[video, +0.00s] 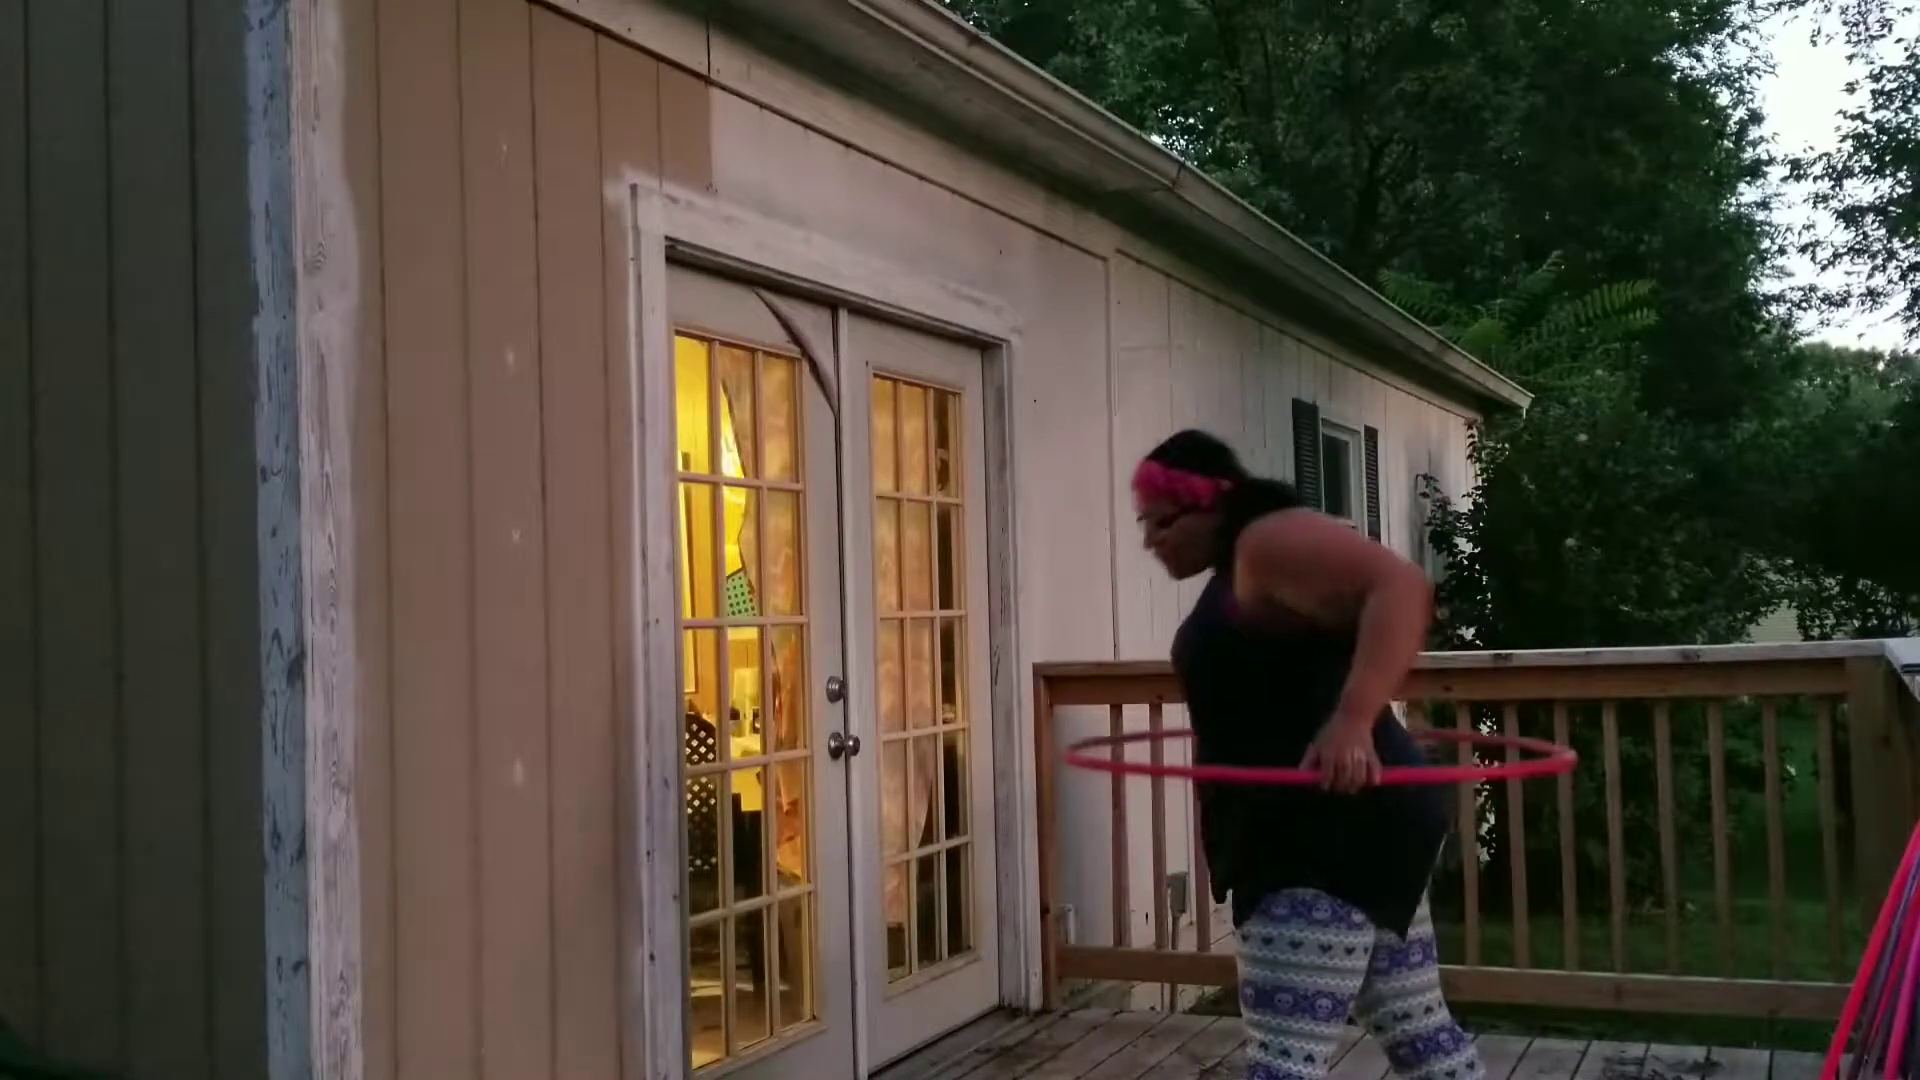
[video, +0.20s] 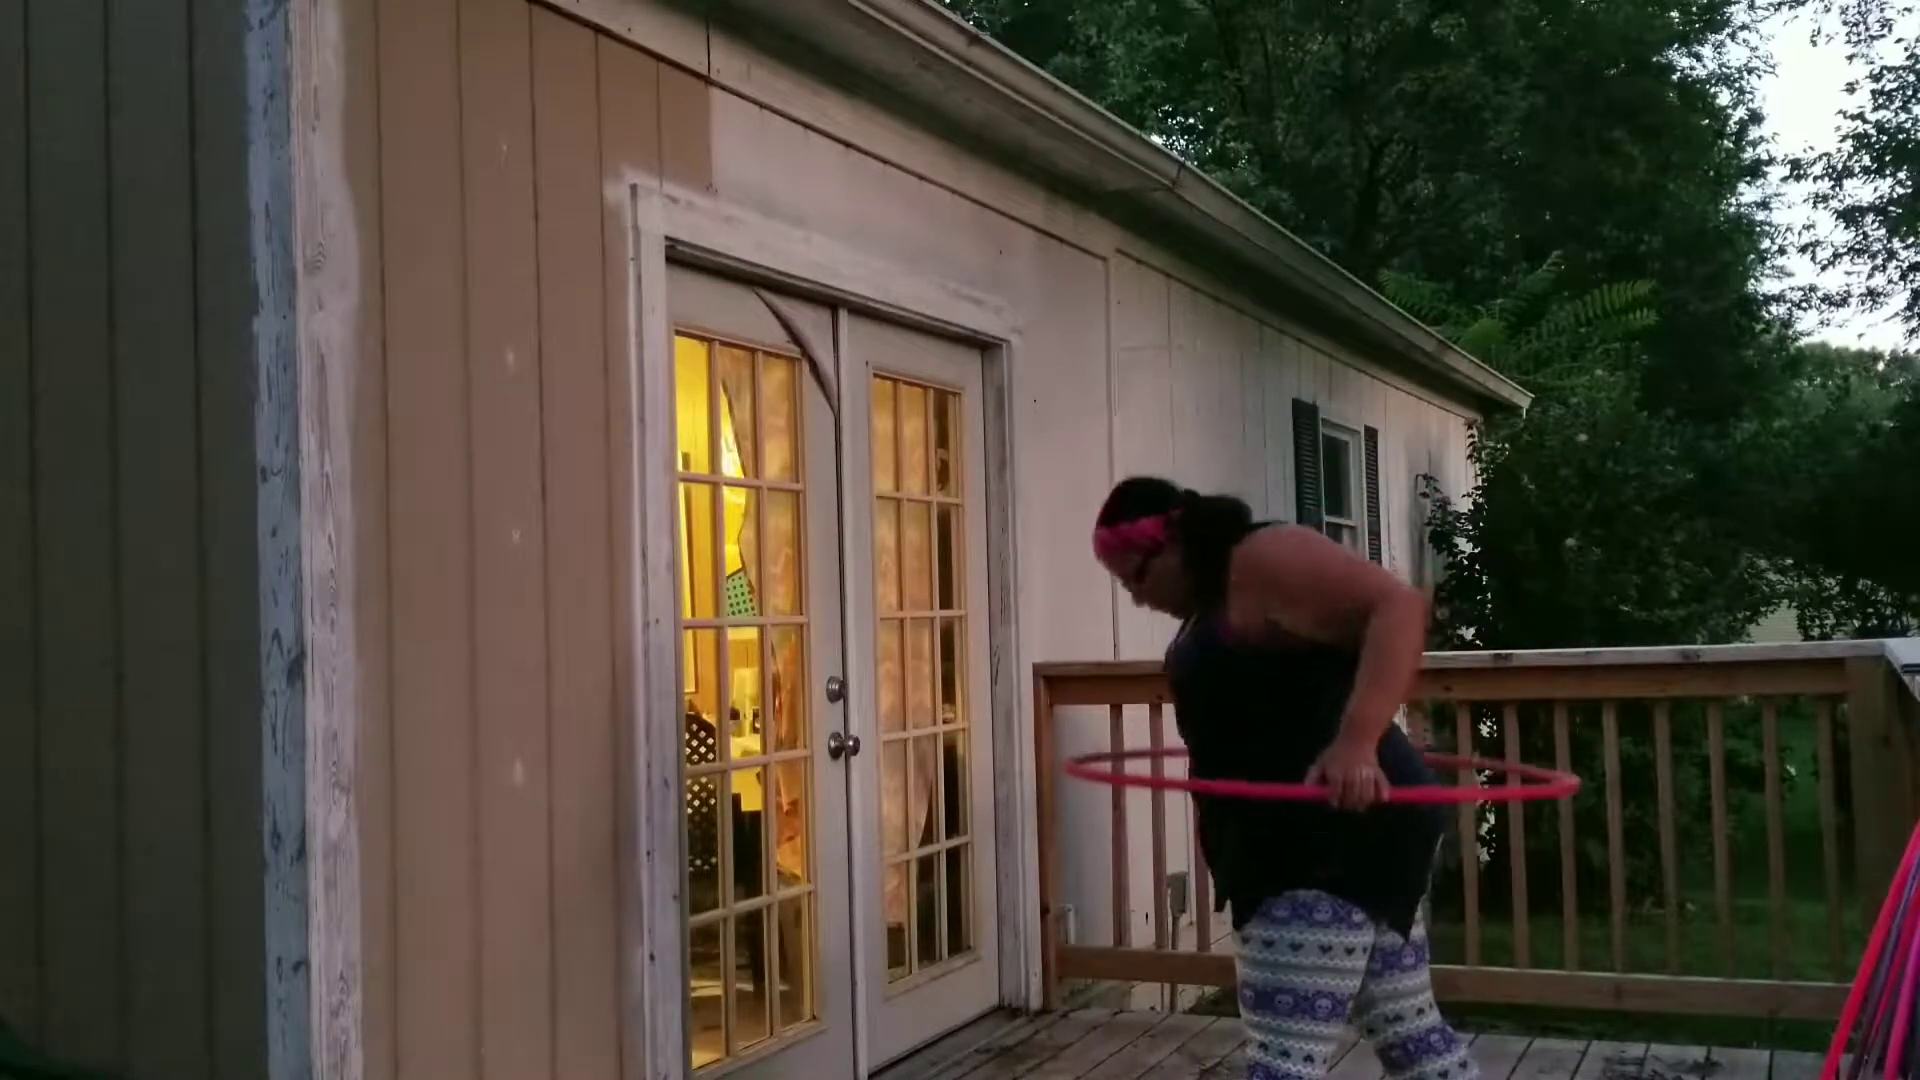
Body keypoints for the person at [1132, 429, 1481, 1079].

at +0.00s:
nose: (1149, 540)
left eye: (1158, 520)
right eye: (1145, 524)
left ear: (1208, 500)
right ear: (1206, 503)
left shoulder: (1268, 539)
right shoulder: (1239, 577)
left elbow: (1401, 585)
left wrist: (1354, 717)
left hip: (1318, 845)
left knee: (1281, 1061)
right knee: (1422, 1039)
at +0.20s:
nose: (1137, 597)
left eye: (1134, 577)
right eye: (1127, 584)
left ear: (1164, 543)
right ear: (1164, 545)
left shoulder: (1263, 557)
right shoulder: (1216, 614)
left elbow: (1400, 605)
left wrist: (1358, 739)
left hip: (1320, 852)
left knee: (1281, 1063)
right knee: (1418, 1045)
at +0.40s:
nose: (1160, 610)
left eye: (1157, 591)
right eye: (1150, 597)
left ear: (1183, 555)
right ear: (1184, 555)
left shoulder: (1281, 560)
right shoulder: (1232, 624)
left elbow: (1389, 657)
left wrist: (1362, 811)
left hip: (1330, 868)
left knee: (1284, 1063)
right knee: (1398, 1047)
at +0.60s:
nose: (1225, 592)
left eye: (1227, 571)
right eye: (1217, 578)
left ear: (1263, 538)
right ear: (1265, 542)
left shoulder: (1356, 565)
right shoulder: (1291, 605)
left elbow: (1375, 715)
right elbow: (1294, 746)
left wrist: (1380, 862)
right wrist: (1275, 878)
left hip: (1344, 883)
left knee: (1296, 1062)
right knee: (1388, 1051)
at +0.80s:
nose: (1285, 568)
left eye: (1294, 550)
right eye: (1279, 554)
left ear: (1341, 532)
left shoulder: (1406, 589)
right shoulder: (1350, 603)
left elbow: (1392, 743)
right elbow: (1328, 749)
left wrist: (1388, 885)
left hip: (1345, 892)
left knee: (1297, 1064)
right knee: (1377, 1057)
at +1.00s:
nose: (1299, 546)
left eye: (1310, 527)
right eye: (1294, 531)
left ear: (1365, 512)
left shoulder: (1421, 580)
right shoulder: (1346, 596)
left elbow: (1427, 737)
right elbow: (1318, 734)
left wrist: (1404, 874)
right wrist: (1274, 836)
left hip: (1354, 880)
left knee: (1297, 1061)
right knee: (1377, 1055)